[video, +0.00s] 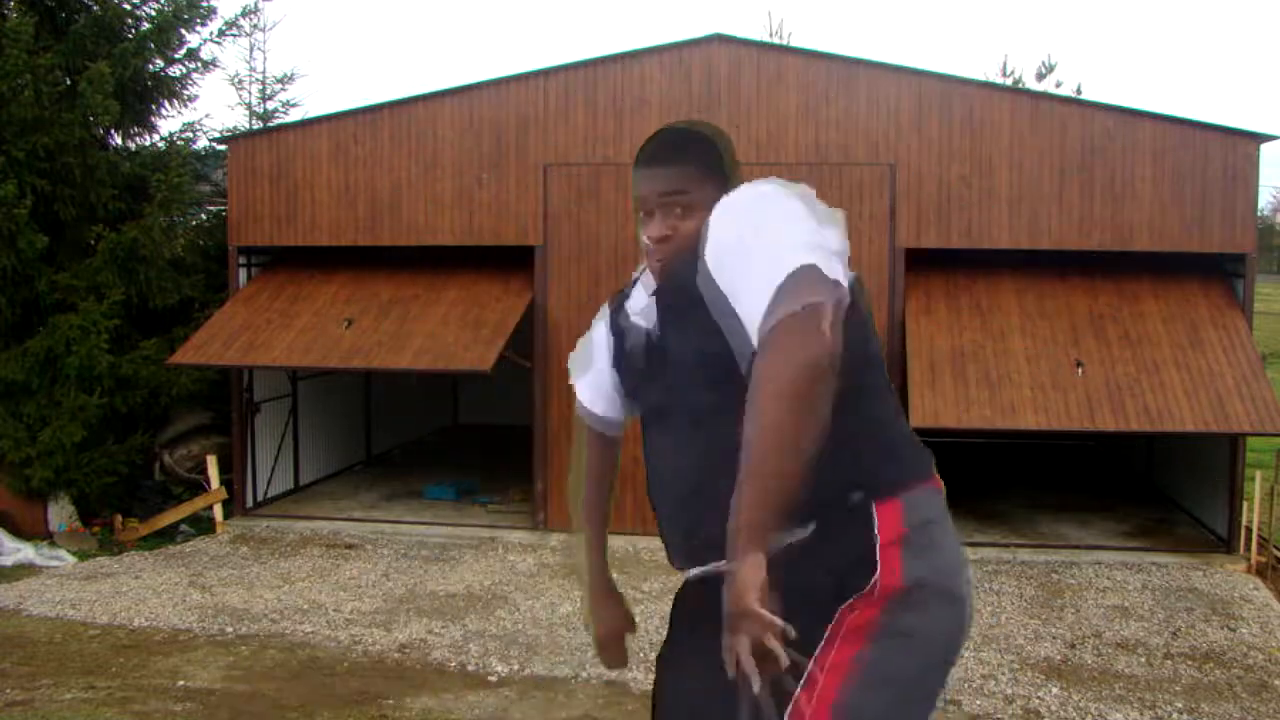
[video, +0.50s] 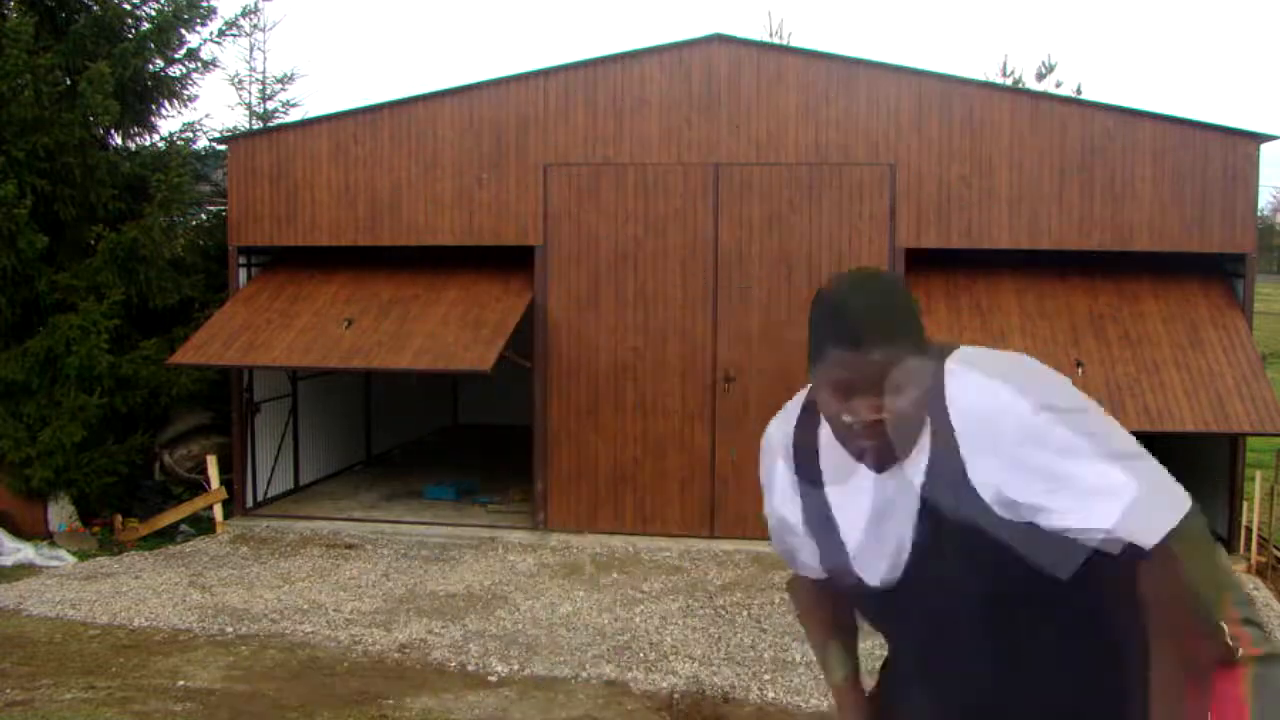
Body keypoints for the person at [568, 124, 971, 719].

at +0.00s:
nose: (657, 228)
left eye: (679, 207)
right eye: (645, 211)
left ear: (723, 200)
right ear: (634, 213)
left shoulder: (755, 214)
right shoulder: (624, 319)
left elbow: (805, 346)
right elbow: (597, 436)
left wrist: (749, 551)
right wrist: (598, 583)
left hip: (873, 562)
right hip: (726, 582)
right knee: (687, 704)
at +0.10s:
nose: (637, 262)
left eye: (658, 238)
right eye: (622, 244)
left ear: (709, 220)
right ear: (610, 240)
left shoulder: (737, 243)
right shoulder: (620, 318)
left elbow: (785, 423)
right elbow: (617, 479)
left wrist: (767, 631)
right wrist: (621, 630)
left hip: (860, 585)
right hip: (713, 598)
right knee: (661, 701)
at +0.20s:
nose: (628, 363)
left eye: (649, 337)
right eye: (613, 341)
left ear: (700, 302)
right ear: (597, 332)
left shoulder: (738, 346)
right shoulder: (614, 363)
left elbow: (805, 556)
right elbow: (627, 533)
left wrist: (825, 711)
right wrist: (637, 685)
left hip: (910, 628)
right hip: (740, 620)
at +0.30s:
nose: (688, 421)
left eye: (707, 396)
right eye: (670, 400)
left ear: (760, 354)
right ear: (652, 382)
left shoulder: (810, 394)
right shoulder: (662, 414)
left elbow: (925, 577)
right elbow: (684, 565)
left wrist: (963, 713)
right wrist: (695, 700)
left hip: (989, 634)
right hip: (817, 644)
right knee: (757, 703)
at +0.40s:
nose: (745, 435)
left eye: (767, 410)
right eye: (725, 413)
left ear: (813, 376)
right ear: (703, 398)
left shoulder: (878, 413)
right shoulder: (707, 434)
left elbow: (1047, 552)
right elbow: (740, 566)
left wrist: (1077, 710)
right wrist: (759, 690)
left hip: (1027, 638)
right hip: (885, 658)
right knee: (802, 707)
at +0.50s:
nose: (869, 412)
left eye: (889, 385)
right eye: (846, 391)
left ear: (924, 363)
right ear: (811, 379)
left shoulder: (996, 403)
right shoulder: (789, 446)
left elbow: (1168, 525)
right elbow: (813, 576)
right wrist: (848, 694)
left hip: (1076, 670)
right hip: (934, 674)